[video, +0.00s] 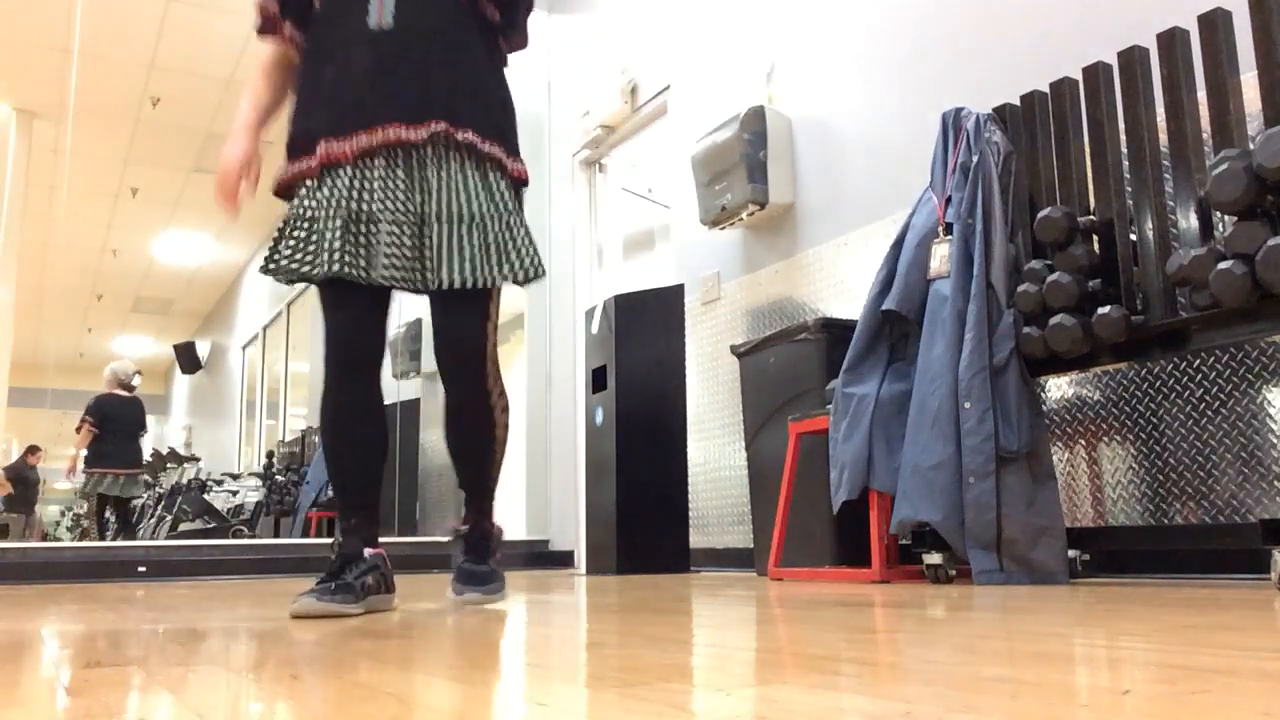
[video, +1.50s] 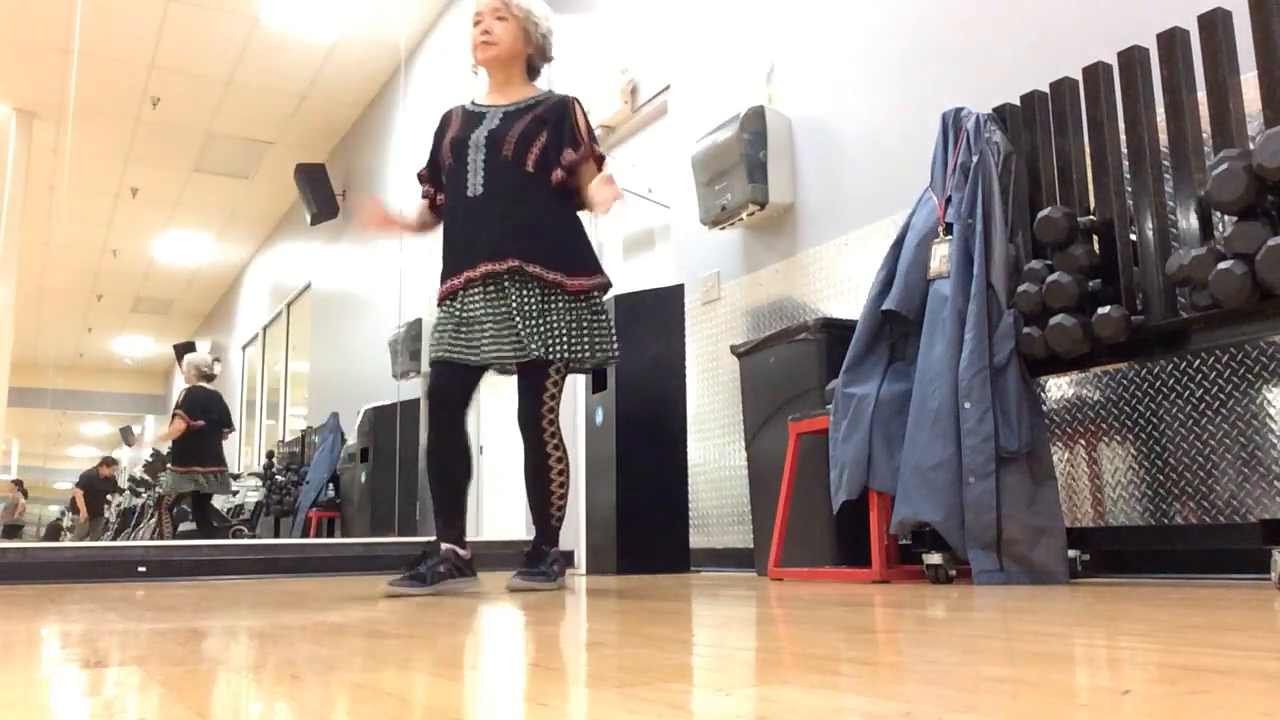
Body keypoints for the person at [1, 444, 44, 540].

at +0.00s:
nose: (39, 461)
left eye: (40, 458)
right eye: (38, 457)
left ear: (30, 455)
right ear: (29, 455)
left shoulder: (33, 467)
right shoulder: (18, 466)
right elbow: (2, 474)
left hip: (29, 508)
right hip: (16, 509)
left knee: (35, 535)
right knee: (15, 538)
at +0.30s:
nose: (55, 462)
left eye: (55, 460)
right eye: (54, 459)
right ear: (44, 457)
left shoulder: (46, 469)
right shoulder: (34, 465)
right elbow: (20, 474)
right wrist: (25, 489)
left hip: (44, 508)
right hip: (30, 508)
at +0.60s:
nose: (68, 463)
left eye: (69, 460)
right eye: (68, 460)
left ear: (58, 457)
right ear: (60, 457)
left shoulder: (43, 465)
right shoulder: (55, 469)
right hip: (53, 511)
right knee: (54, 544)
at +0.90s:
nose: (83, 464)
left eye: (83, 461)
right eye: (82, 460)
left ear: (74, 458)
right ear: (74, 458)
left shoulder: (72, 469)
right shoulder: (65, 468)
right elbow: (53, 481)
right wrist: (58, 496)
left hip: (72, 512)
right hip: (66, 513)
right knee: (66, 543)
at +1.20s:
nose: (97, 467)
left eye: (98, 464)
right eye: (97, 464)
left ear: (90, 460)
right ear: (89, 460)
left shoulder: (91, 471)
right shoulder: (78, 471)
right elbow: (75, 491)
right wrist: (82, 508)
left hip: (88, 510)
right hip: (74, 511)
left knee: (90, 539)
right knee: (71, 540)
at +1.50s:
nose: (113, 472)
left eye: (114, 469)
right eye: (112, 469)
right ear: (104, 466)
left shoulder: (111, 480)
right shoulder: (88, 475)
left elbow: (115, 492)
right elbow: (77, 492)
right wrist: (83, 511)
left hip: (97, 511)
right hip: (82, 510)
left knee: (97, 535)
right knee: (81, 532)